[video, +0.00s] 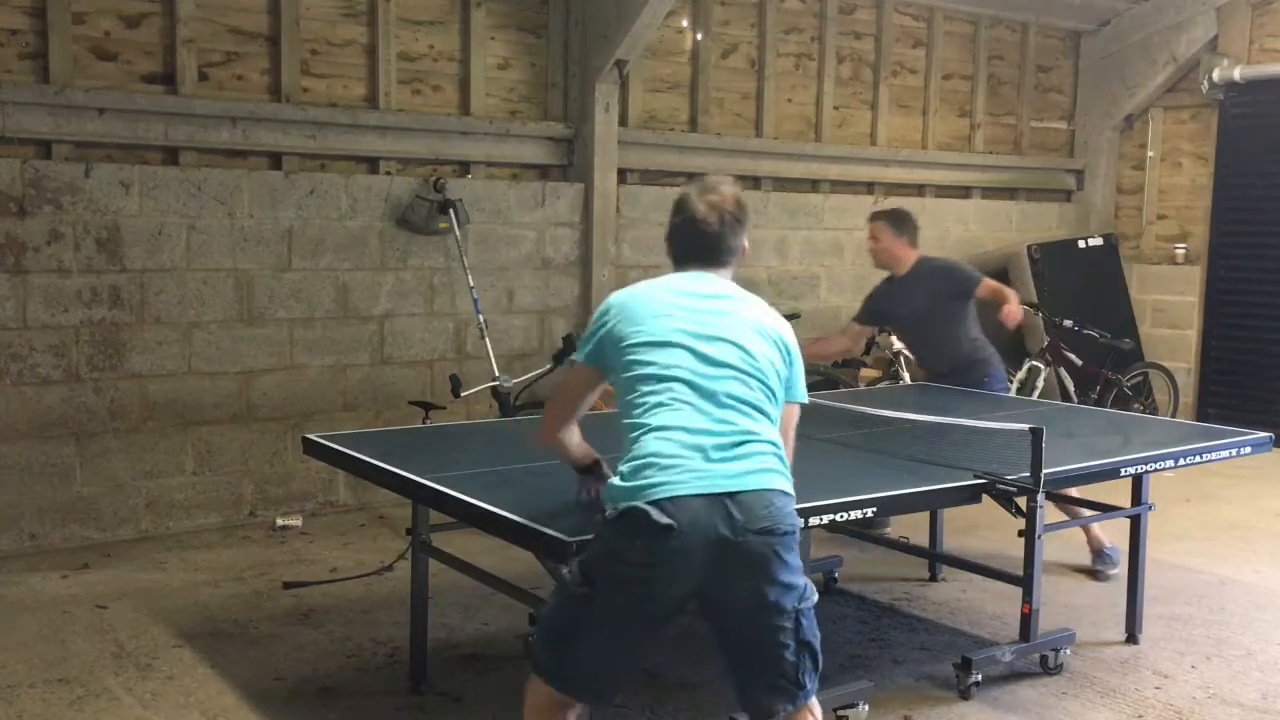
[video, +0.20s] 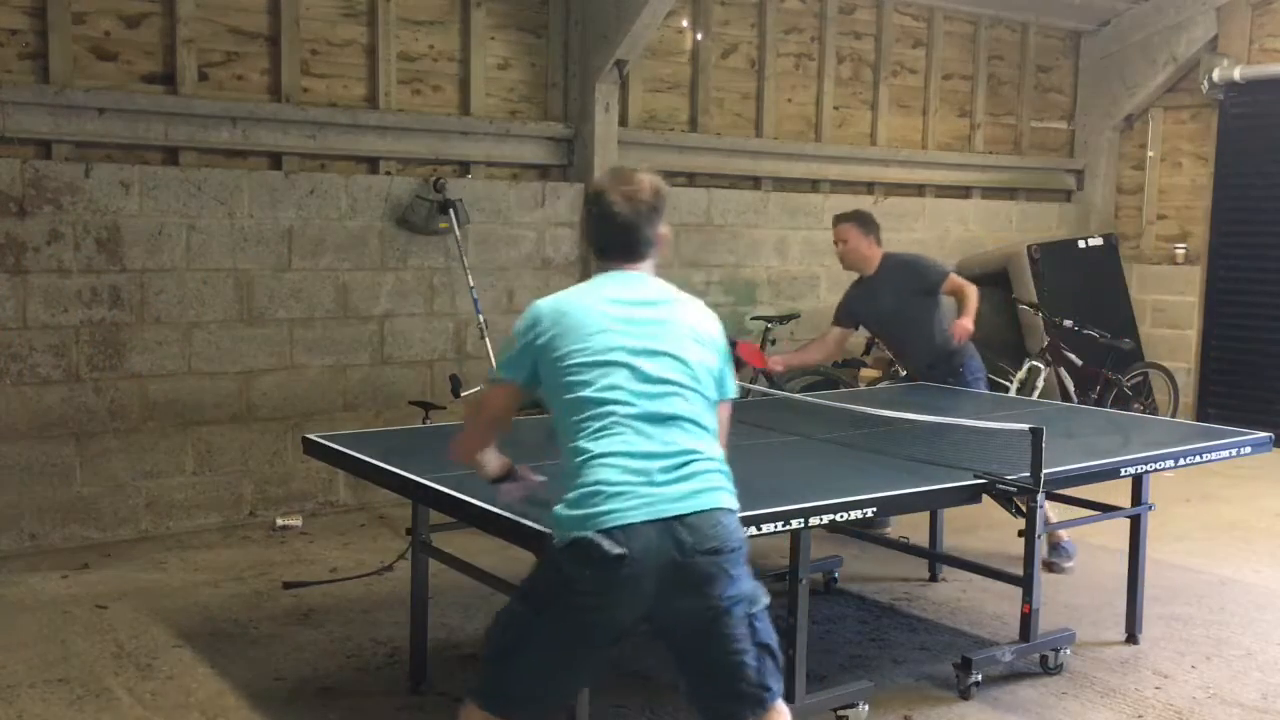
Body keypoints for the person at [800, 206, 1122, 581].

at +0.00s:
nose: (869, 246)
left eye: (875, 239)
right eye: (869, 239)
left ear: (901, 240)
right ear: (892, 241)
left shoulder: (944, 273)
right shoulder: (882, 297)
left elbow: (1002, 292)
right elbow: (847, 341)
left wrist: (1012, 305)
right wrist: (789, 351)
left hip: (984, 379)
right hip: (939, 387)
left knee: (1025, 460)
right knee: (898, 438)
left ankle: (1094, 536)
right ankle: (882, 508)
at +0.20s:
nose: (837, 251)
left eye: (841, 243)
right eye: (835, 244)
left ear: (867, 239)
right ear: (854, 243)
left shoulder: (909, 268)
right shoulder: (856, 298)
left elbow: (969, 290)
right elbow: (830, 345)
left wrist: (966, 317)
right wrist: (782, 362)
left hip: (962, 372)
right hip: (921, 382)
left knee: (991, 453)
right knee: (885, 436)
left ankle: (1053, 533)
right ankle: (881, 511)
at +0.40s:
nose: (850, 233)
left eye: (856, 224)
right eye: (846, 227)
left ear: (880, 223)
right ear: (847, 232)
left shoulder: (919, 254)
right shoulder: (859, 283)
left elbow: (975, 277)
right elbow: (832, 341)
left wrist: (980, 308)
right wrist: (802, 351)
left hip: (958, 365)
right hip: (916, 373)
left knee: (977, 447)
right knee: (882, 433)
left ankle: (1046, 516)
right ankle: (877, 513)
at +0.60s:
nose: (894, 223)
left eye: (902, 215)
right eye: (890, 217)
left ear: (923, 217)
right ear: (887, 224)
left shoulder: (957, 254)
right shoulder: (892, 276)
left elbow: (1012, 281)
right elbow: (871, 329)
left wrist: (1054, 307)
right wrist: (856, 342)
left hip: (978, 370)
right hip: (934, 374)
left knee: (987, 441)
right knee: (900, 435)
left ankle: (1038, 497)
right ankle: (879, 513)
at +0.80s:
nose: (979, 207)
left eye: (987, 198)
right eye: (973, 200)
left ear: (1007, 202)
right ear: (968, 207)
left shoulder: (1039, 244)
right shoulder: (963, 260)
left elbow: (1088, 277)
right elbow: (947, 313)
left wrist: (1137, 308)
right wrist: (957, 339)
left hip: (1027, 376)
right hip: (976, 375)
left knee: (1026, 448)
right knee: (936, 435)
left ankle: (1022, 512)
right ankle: (886, 506)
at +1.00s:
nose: (1088, 209)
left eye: (1097, 202)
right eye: (1082, 201)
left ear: (1113, 209)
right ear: (1072, 207)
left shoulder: (1126, 257)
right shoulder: (1048, 253)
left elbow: (1156, 305)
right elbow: (1016, 308)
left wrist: (1185, 337)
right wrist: (1046, 343)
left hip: (1087, 373)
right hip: (1040, 367)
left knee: (1072, 448)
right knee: (1036, 440)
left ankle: (1030, 508)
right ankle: (1025, 509)